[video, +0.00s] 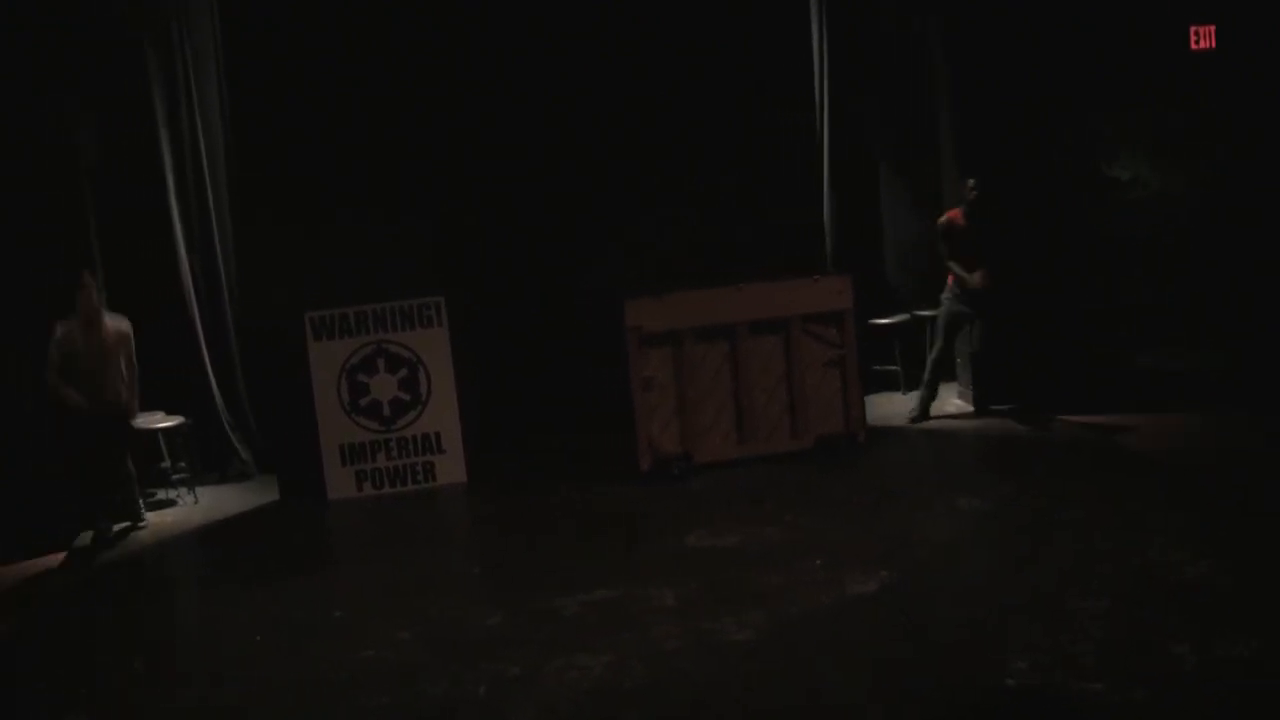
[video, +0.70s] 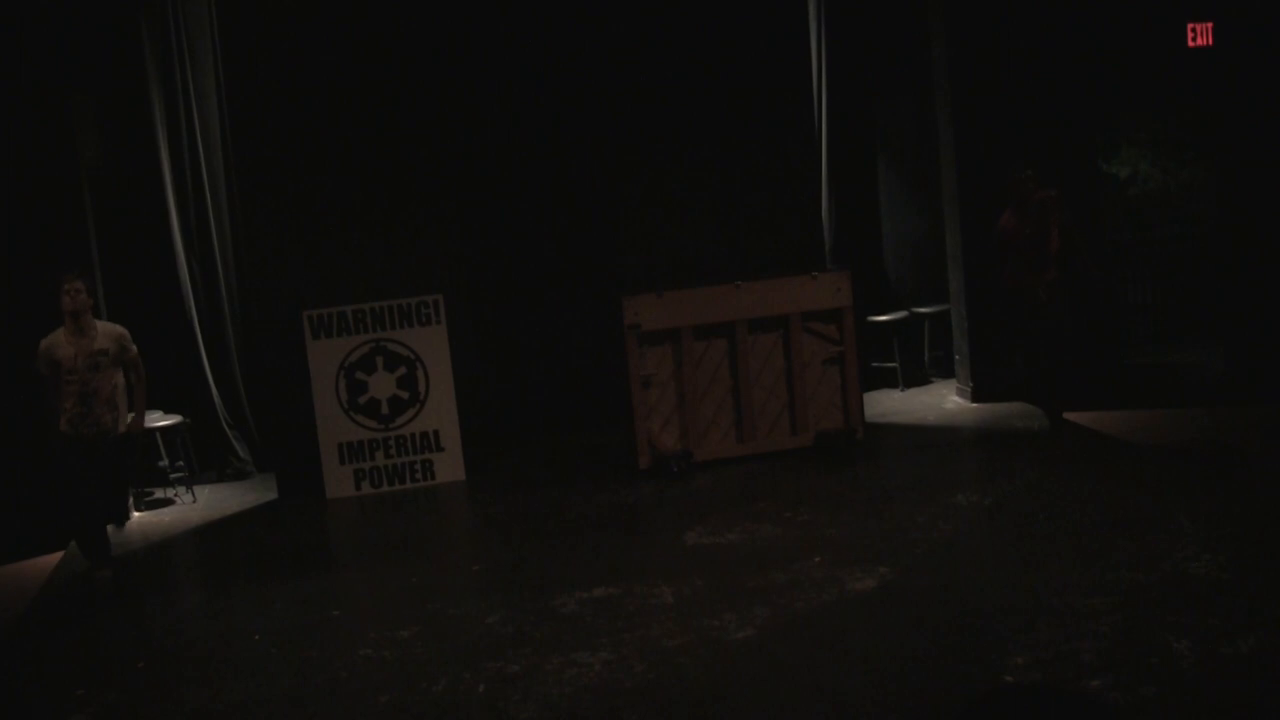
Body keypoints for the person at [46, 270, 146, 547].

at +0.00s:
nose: (88, 297)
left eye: (91, 290)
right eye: (83, 291)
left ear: (100, 294)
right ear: (76, 297)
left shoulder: (121, 327)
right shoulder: (66, 331)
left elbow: (131, 366)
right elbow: (55, 373)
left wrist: (132, 399)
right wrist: (71, 397)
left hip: (116, 405)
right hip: (84, 408)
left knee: (121, 460)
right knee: (92, 465)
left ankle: (134, 511)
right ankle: (100, 521)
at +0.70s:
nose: (73, 298)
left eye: (78, 292)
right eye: (68, 294)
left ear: (89, 298)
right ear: (60, 301)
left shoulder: (116, 335)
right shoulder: (50, 345)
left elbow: (136, 376)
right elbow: (47, 392)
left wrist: (138, 418)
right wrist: (52, 429)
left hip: (112, 431)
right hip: (72, 434)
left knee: (115, 495)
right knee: (82, 501)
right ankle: (99, 564)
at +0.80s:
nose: (73, 298)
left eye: (78, 292)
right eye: (67, 293)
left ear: (89, 297)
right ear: (60, 301)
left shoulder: (118, 336)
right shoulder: (49, 350)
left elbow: (135, 378)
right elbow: (50, 400)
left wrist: (137, 415)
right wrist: (54, 443)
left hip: (116, 431)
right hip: (75, 437)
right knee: (85, 507)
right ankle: (103, 566)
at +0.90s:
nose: (78, 313)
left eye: (83, 306)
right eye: (72, 308)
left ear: (95, 311)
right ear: (65, 316)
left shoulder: (121, 353)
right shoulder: (54, 364)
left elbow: (135, 399)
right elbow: (50, 417)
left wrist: (131, 430)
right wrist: (48, 461)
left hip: (117, 447)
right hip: (77, 450)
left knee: (112, 514)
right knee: (81, 517)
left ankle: (117, 578)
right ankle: (95, 580)